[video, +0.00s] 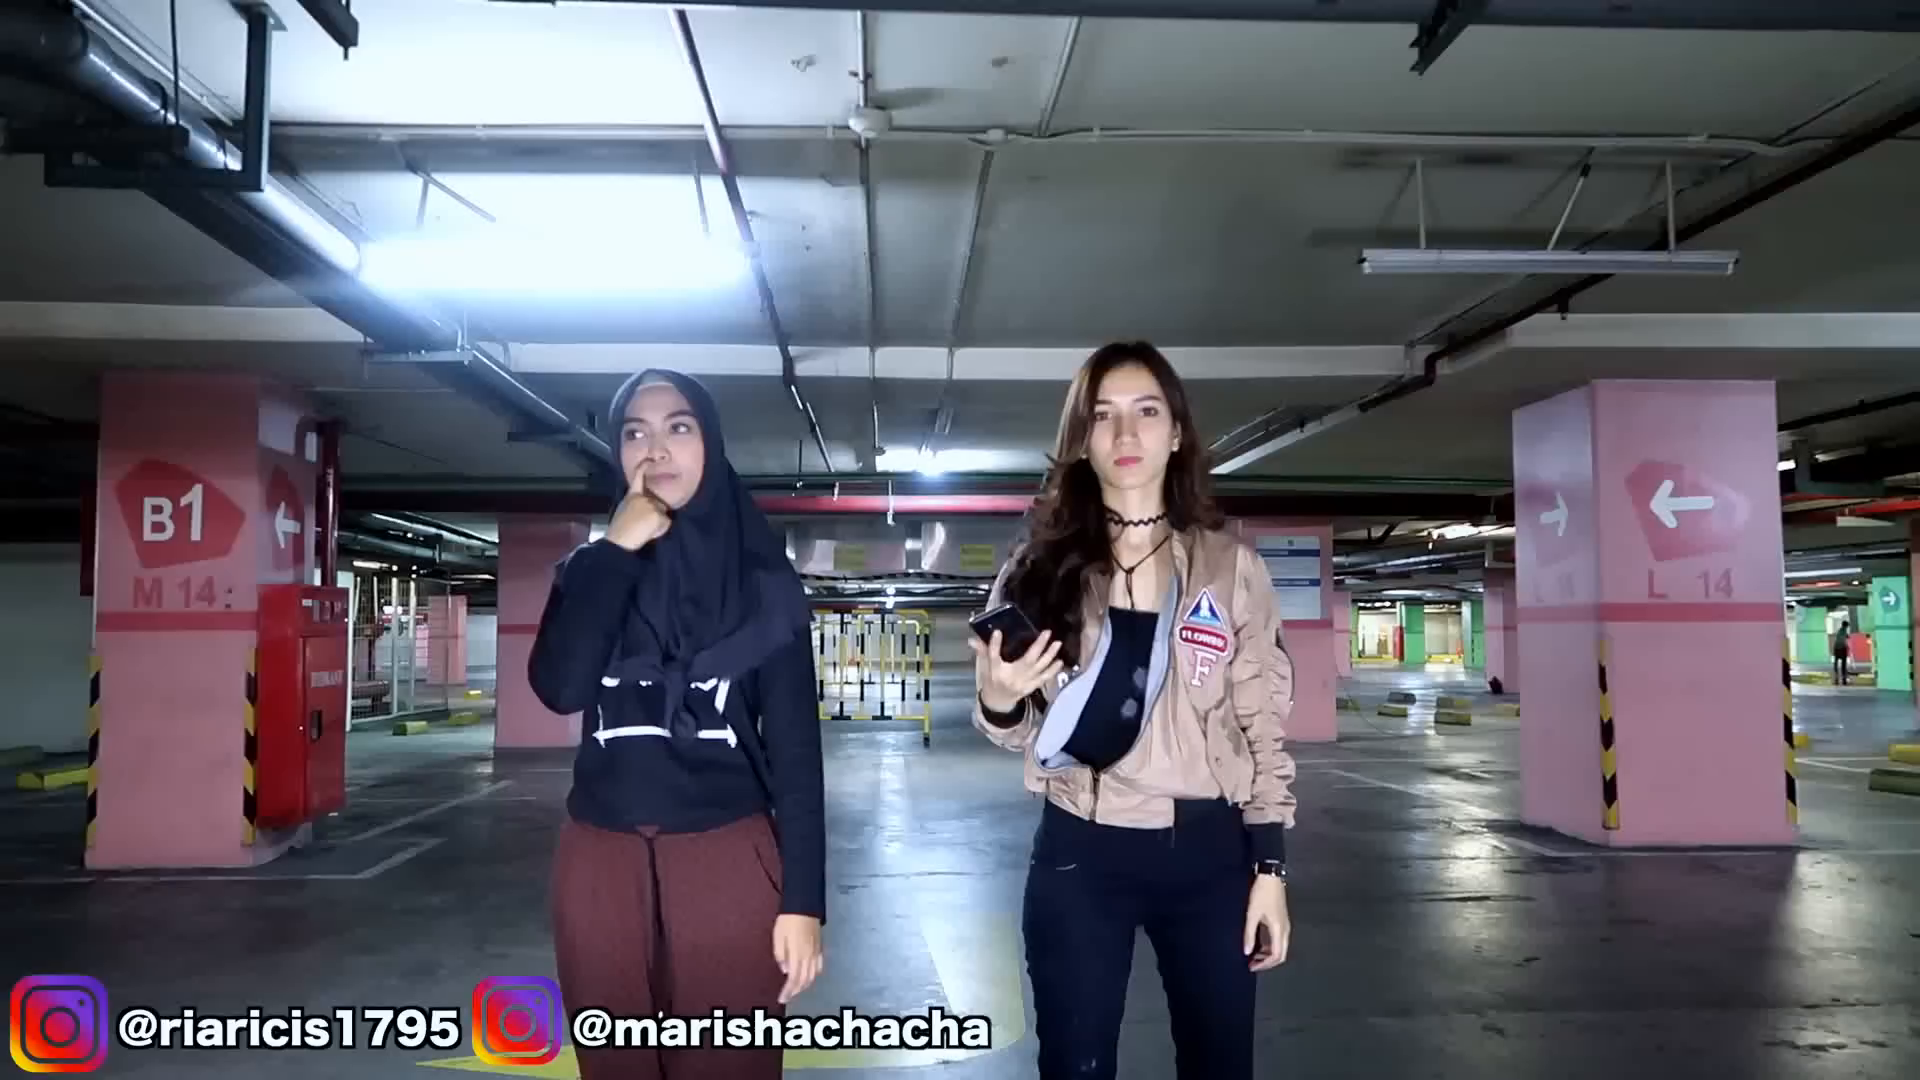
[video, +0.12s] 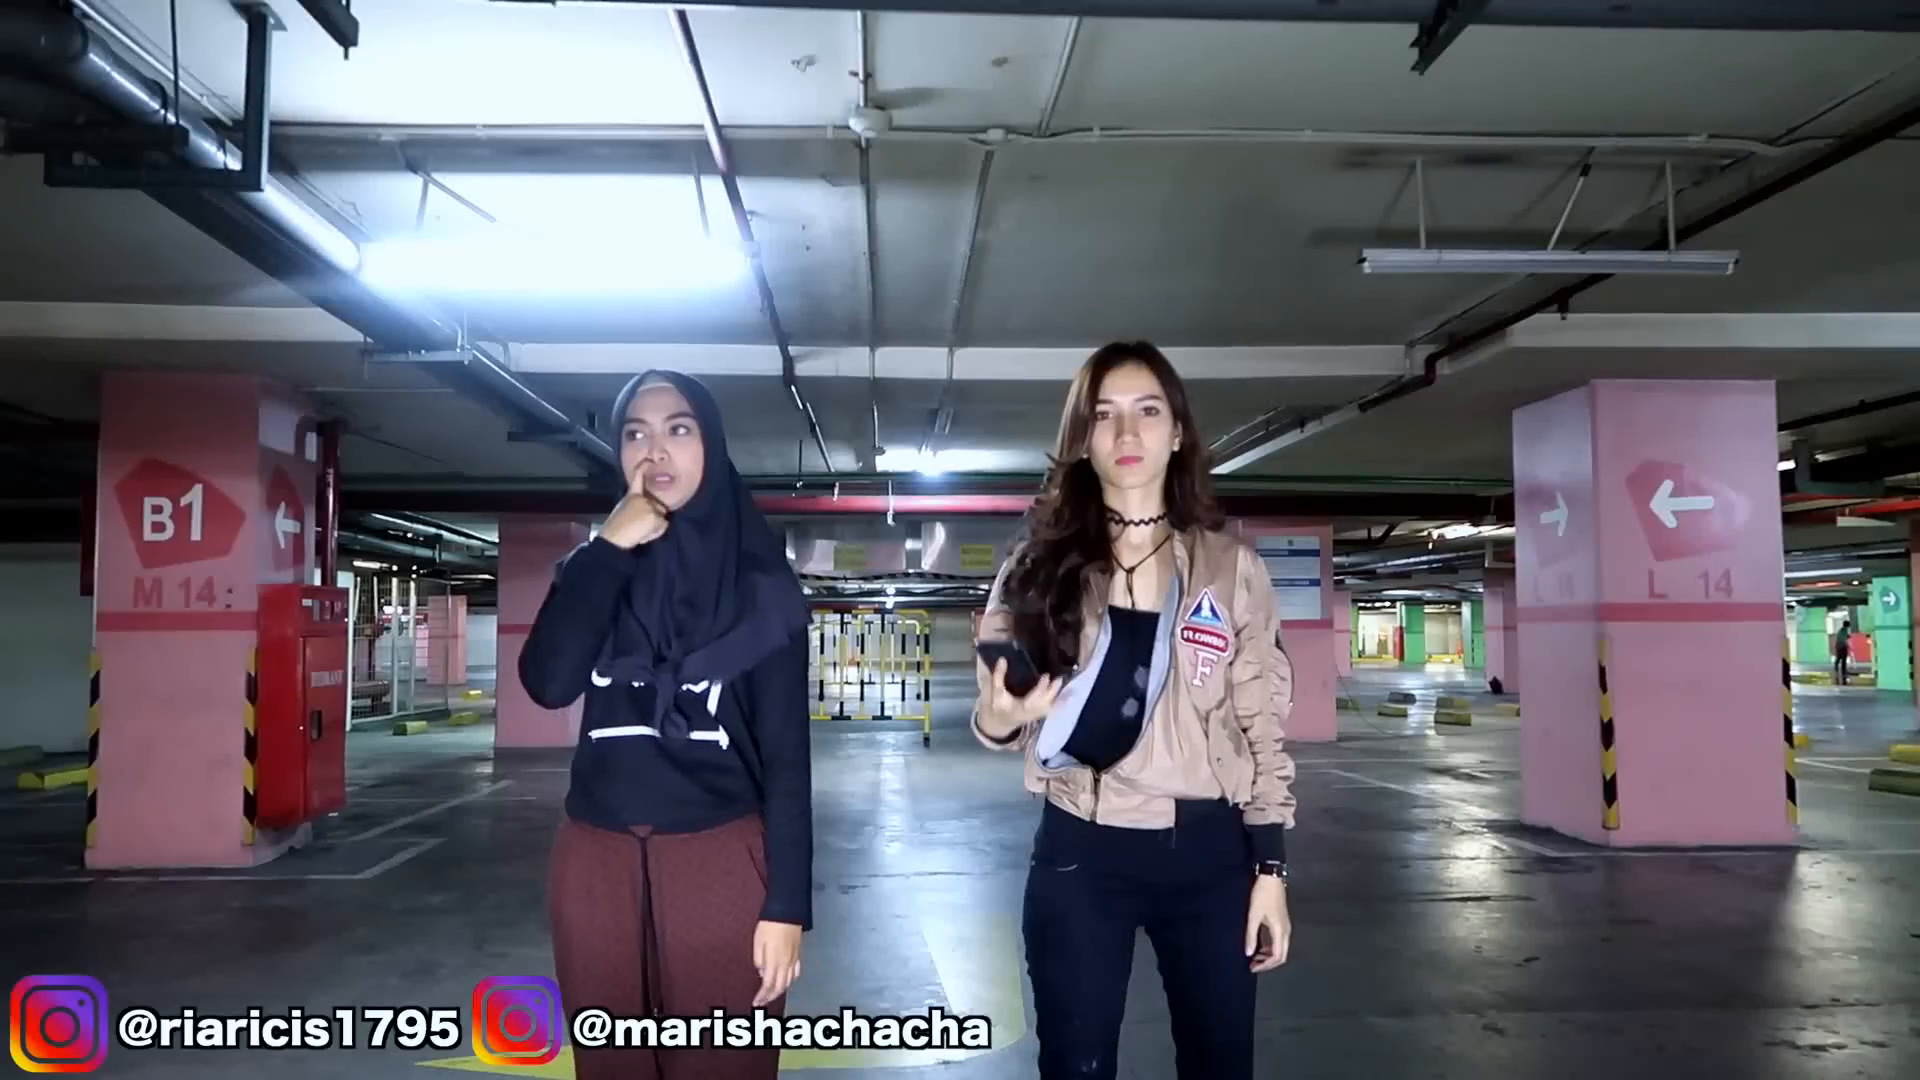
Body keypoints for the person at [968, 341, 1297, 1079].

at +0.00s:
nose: (1125, 431)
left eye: (1146, 411)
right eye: (1104, 415)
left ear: (1176, 432)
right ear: (1081, 438)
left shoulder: (1232, 566)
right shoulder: (1040, 563)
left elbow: (1261, 722)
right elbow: (1008, 733)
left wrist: (1269, 864)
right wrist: (998, 703)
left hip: (1207, 854)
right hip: (1078, 853)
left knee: (1221, 1068)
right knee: (1075, 1069)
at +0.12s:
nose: (1126, 431)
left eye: (1147, 411)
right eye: (1105, 415)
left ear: (1177, 432)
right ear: (1082, 437)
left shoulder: (1232, 565)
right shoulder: (1037, 562)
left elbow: (1261, 722)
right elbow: (992, 721)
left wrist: (1270, 865)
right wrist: (998, 721)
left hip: (1208, 854)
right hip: (1078, 854)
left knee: (1221, 1068)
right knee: (1075, 1070)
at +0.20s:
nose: (1127, 430)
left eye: (1148, 411)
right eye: (1107, 415)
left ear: (1178, 431)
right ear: (1083, 437)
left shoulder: (1232, 566)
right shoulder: (1038, 563)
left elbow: (1259, 723)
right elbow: (992, 705)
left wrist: (1270, 867)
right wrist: (1004, 738)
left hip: (1208, 856)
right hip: (1080, 855)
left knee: (1222, 1068)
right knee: (1076, 1070)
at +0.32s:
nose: (1128, 428)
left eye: (1149, 409)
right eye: (1107, 412)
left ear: (1179, 430)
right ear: (1084, 437)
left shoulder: (1233, 568)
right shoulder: (1036, 566)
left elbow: (1259, 724)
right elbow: (1000, 693)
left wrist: (1270, 867)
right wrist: (988, 771)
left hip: (1207, 857)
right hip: (1078, 856)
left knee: (1220, 1067)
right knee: (1077, 1070)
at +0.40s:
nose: (1128, 427)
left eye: (1149, 409)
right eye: (1108, 412)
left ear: (1179, 430)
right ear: (1084, 437)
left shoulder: (1233, 568)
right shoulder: (1037, 566)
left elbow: (1259, 722)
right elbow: (1002, 692)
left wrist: (1270, 867)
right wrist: (983, 796)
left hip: (1207, 856)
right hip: (1078, 855)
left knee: (1219, 1068)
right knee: (1076, 1070)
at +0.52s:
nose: (1127, 427)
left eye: (1148, 409)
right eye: (1106, 412)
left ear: (1177, 430)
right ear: (1082, 436)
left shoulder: (1231, 565)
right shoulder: (1035, 564)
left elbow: (1259, 720)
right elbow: (1003, 694)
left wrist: (1271, 863)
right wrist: (982, 798)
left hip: (1206, 855)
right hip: (1076, 854)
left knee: (1220, 1068)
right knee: (1075, 1070)